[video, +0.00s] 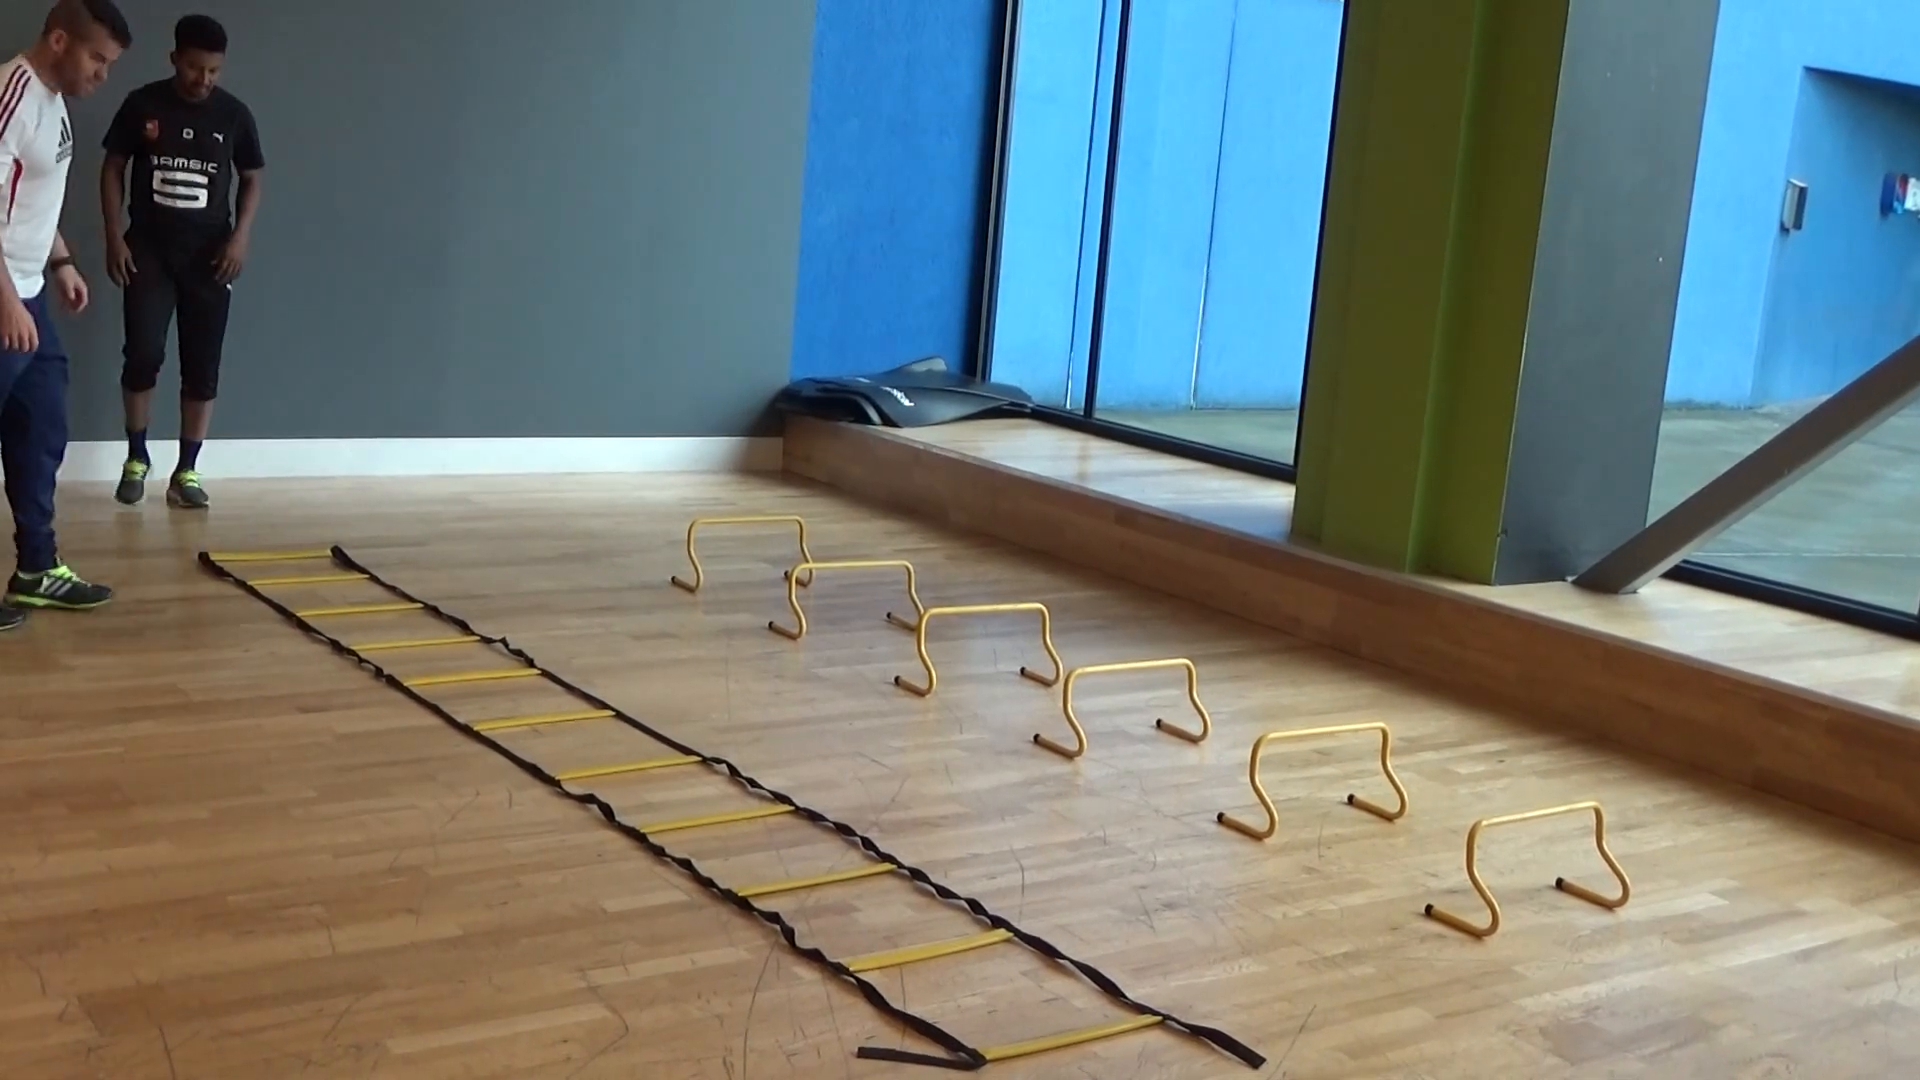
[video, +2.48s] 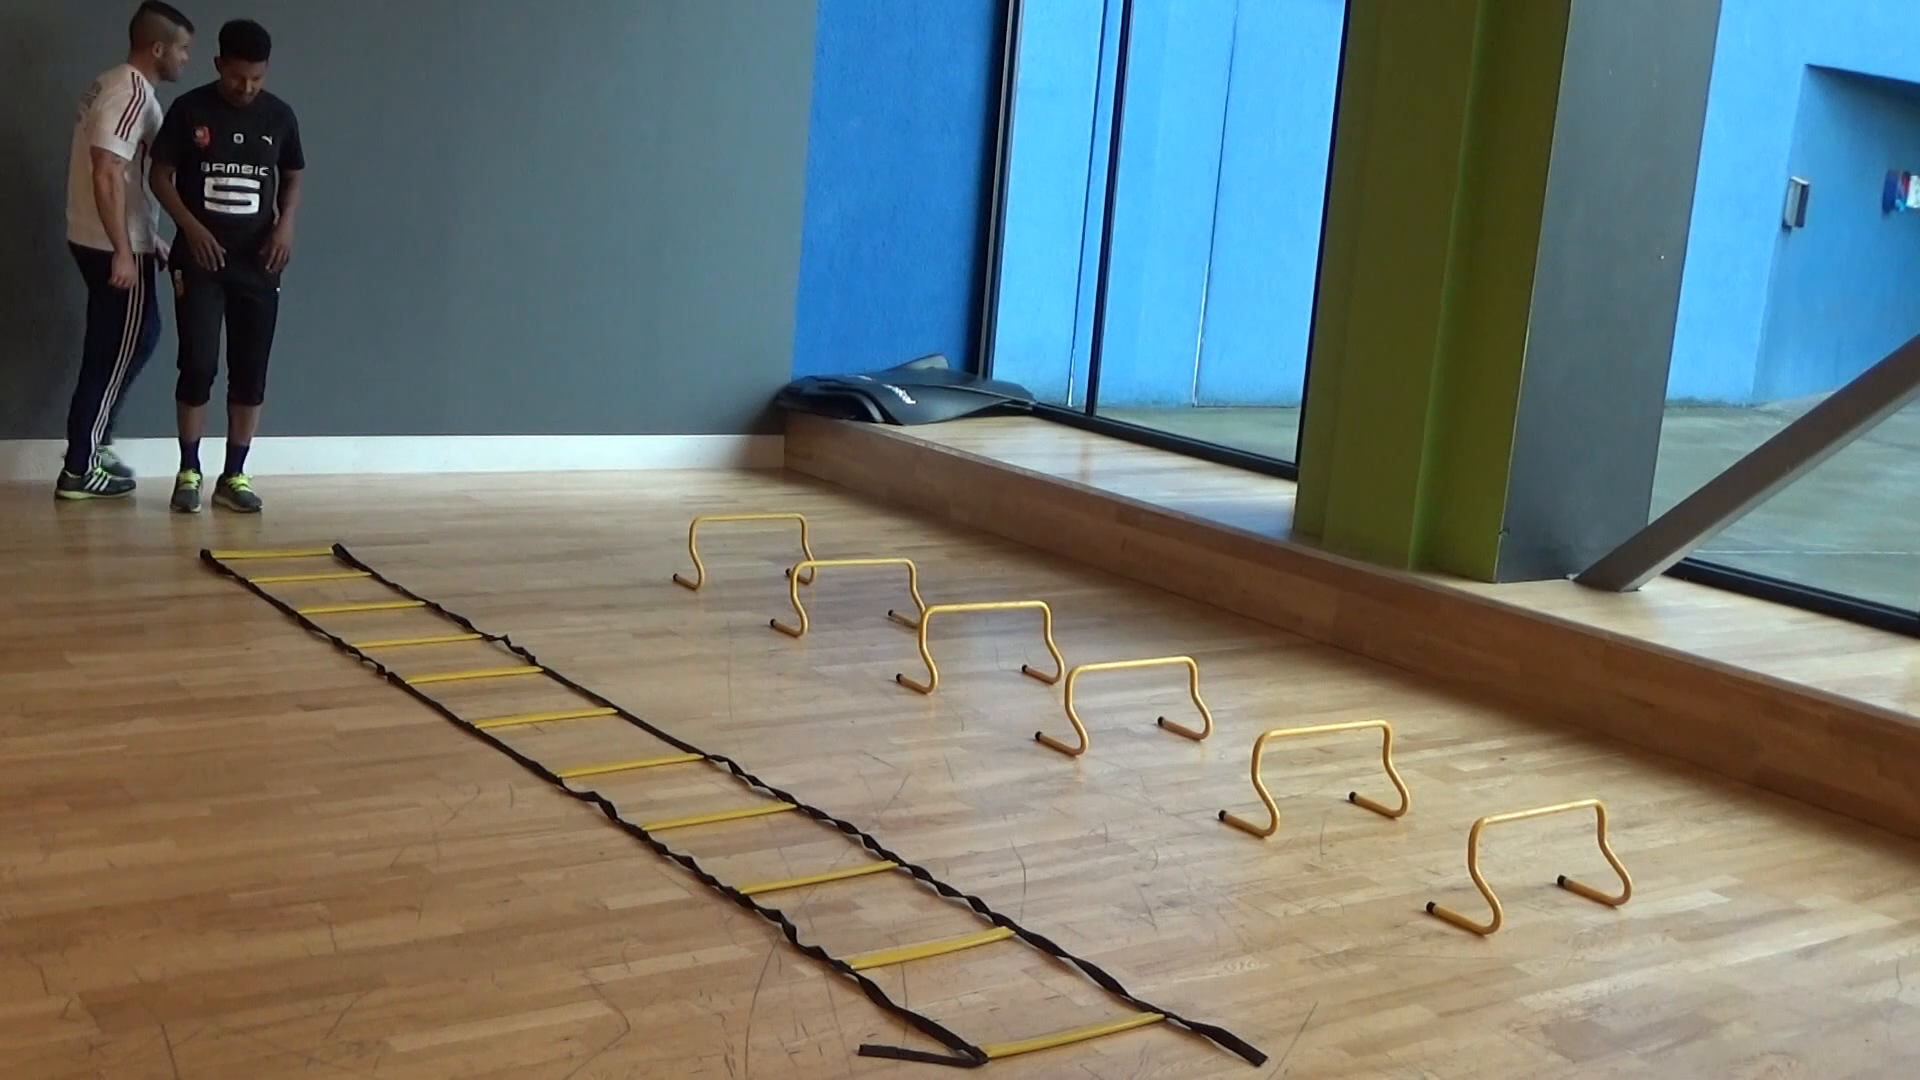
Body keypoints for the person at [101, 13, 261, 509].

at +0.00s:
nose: (205, 79)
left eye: (214, 70)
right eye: (196, 68)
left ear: (224, 65)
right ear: (175, 59)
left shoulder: (235, 114)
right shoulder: (143, 104)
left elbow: (252, 179)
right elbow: (112, 169)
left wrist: (240, 238)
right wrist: (114, 237)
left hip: (210, 256)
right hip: (149, 252)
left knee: (202, 367)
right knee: (143, 358)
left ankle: (187, 473)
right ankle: (137, 459)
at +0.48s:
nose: (213, 88)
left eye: (222, 78)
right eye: (203, 78)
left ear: (232, 68)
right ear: (182, 64)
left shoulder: (240, 112)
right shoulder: (149, 110)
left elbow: (245, 178)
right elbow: (119, 181)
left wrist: (256, 237)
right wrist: (144, 249)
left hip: (224, 260)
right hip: (164, 262)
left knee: (240, 363)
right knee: (162, 372)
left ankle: (213, 468)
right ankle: (164, 482)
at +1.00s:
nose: (249, 90)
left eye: (259, 80)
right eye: (240, 79)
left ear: (270, 70)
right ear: (221, 63)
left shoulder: (281, 116)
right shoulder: (189, 107)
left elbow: (298, 183)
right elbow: (157, 178)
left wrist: (280, 235)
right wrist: (208, 213)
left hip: (259, 265)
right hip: (197, 261)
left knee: (255, 380)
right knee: (183, 374)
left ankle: (233, 489)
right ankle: (167, 476)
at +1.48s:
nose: (257, 84)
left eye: (267, 75)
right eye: (248, 72)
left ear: (276, 68)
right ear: (227, 59)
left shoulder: (283, 117)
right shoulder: (191, 107)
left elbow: (297, 182)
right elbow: (157, 179)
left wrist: (283, 206)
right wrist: (180, 206)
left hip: (261, 262)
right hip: (200, 259)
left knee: (253, 378)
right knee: (189, 372)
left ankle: (233, 490)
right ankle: (186, 467)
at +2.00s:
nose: (227, 79)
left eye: (237, 70)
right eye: (219, 68)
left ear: (247, 63)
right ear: (198, 58)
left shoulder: (257, 110)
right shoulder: (166, 106)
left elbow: (272, 175)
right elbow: (140, 176)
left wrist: (254, 211)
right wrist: (178, 220)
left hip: (242, 258)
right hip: (180, 257)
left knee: (245, 366)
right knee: (178, 370)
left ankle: (232, 478)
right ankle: (186, 477)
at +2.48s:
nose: (247, 87)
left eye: (256, 78)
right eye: (237, 77)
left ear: (268, 68)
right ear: (218, 64)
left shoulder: (280, 116)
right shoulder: (188, 110)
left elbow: (292, 177)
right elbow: (159, 176)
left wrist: (285, 224)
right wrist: (190, 225)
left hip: (257, 262)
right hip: (200, 258)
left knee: (250, 371)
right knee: (198, 367)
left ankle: (235, 477)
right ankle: (189, 473)